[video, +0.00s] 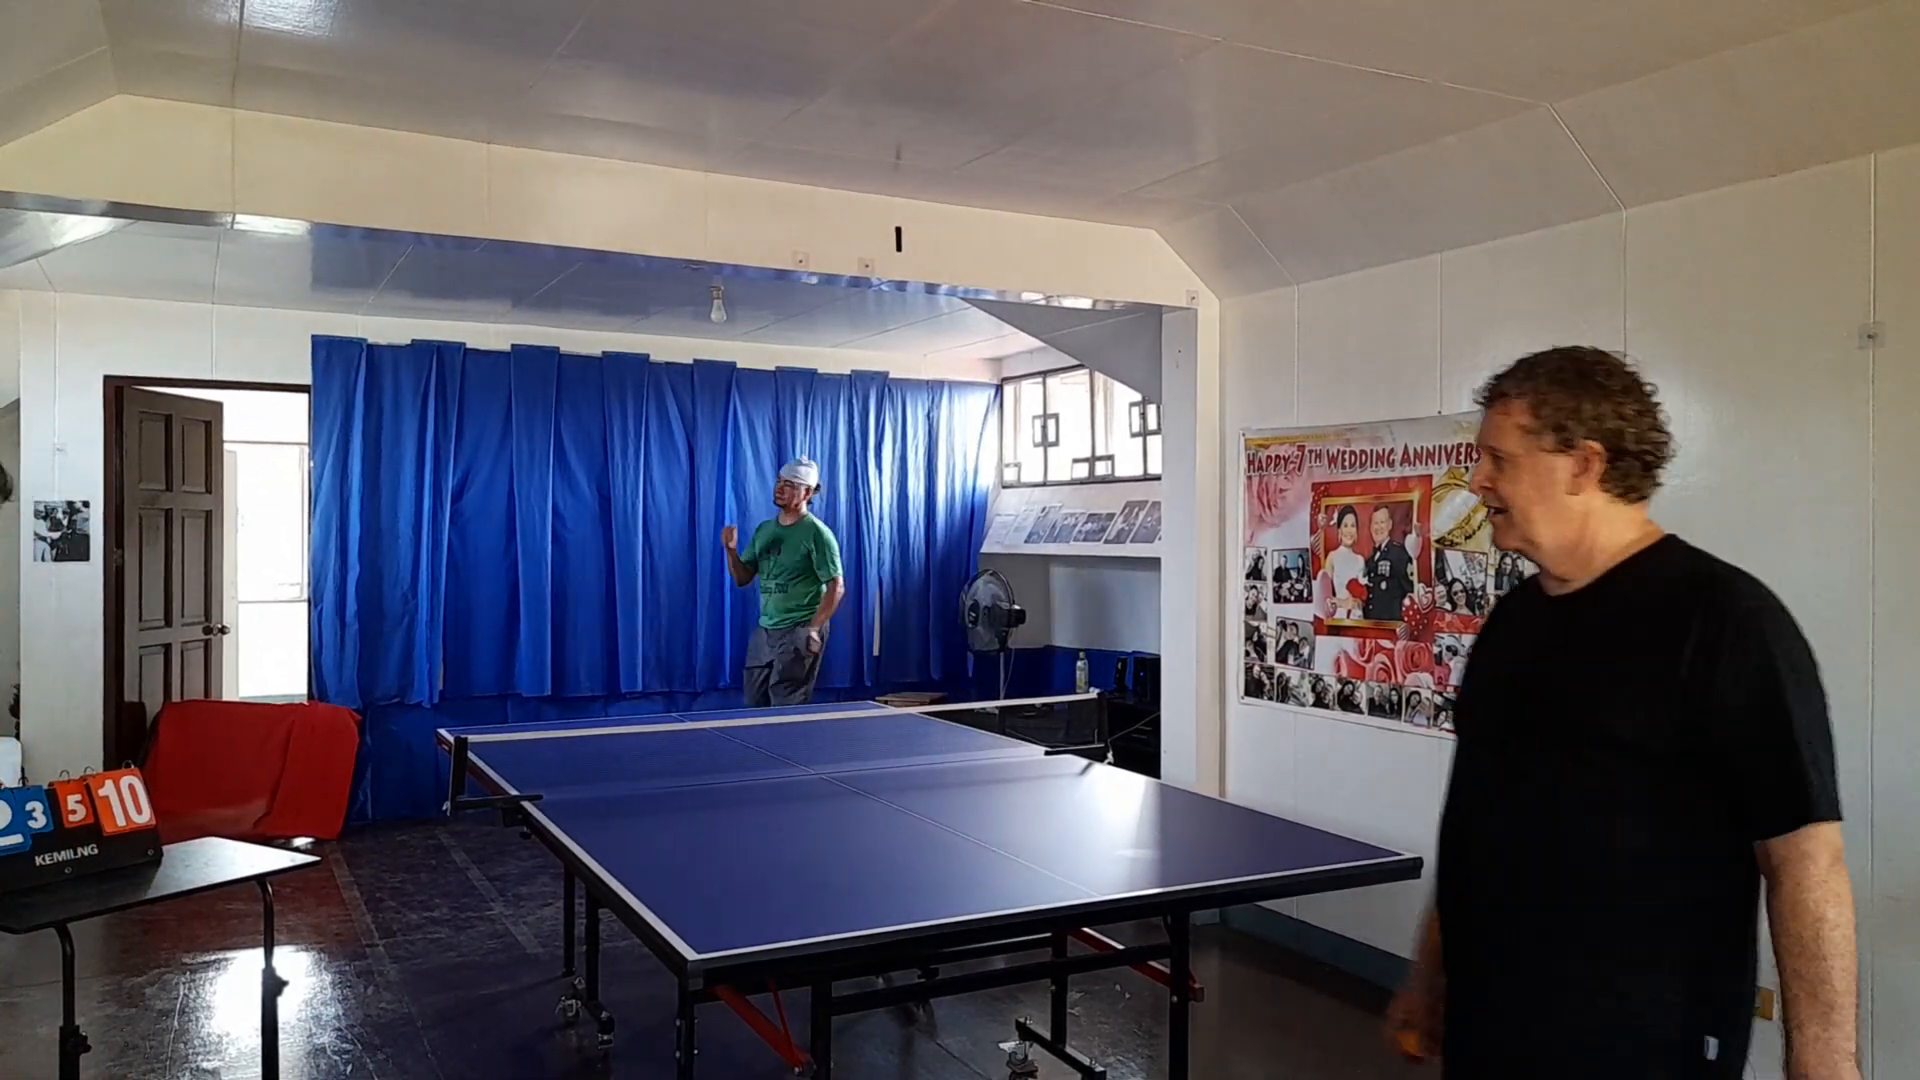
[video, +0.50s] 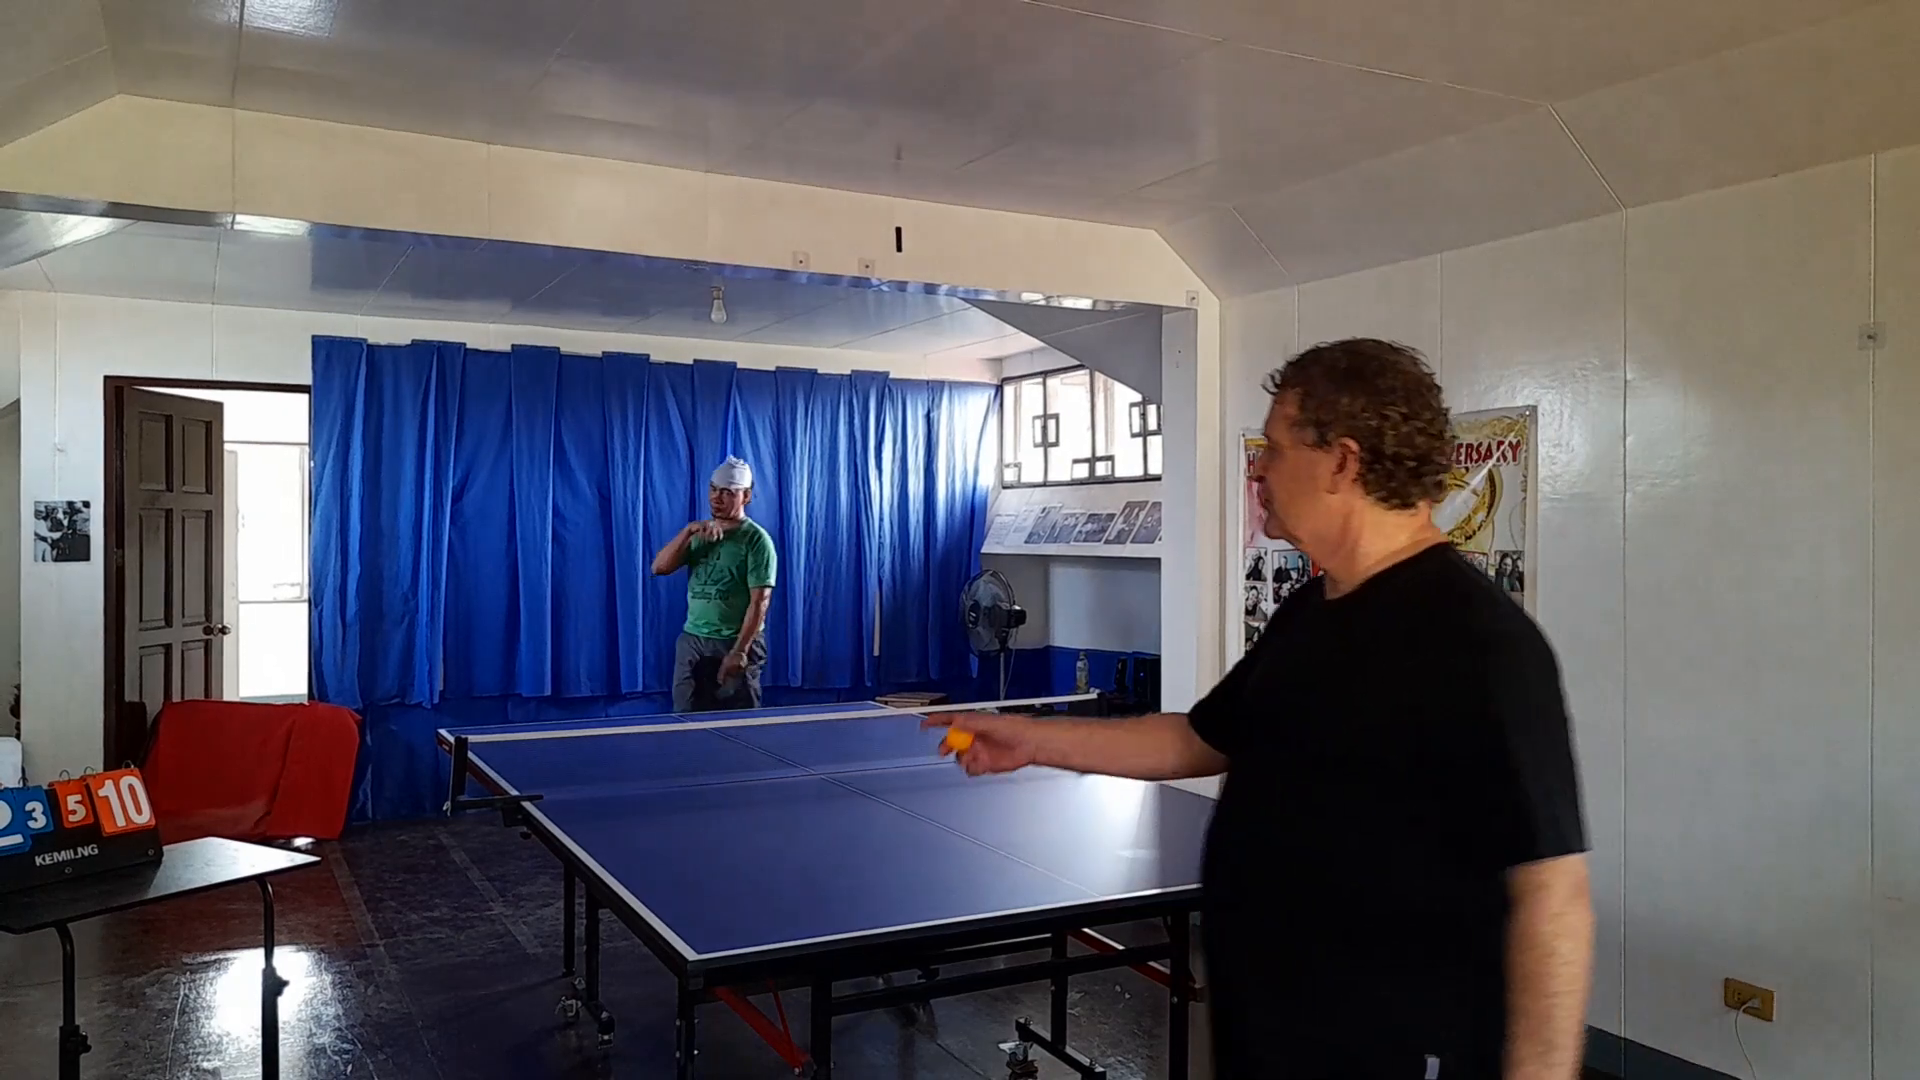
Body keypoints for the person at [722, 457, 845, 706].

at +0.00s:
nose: (780, 488)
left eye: (790, 485)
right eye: (779, 481)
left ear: (807, 494)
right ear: (775, 483)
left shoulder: (818, 534)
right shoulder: (765, 530)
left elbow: (836, 586)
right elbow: (742, 578)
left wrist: (814, 628)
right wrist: (730, 550)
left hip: (800, 633)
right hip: (765, 633)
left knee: (785, 706)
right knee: (754, 703)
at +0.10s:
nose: (770, 488)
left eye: (780, 485)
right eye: (769, 482)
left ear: (798, 492)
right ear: (765, 484)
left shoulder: (809, 532)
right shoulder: (753, 527)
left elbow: (821, 585)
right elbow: (723, 568)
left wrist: (789, 620)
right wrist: (727, 531)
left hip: (793, 635)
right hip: (755, 630)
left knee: (793, 714)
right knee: (738, 702)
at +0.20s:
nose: (761, 494)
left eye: (770, 489)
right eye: (758, 486)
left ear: (787, 495)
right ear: (753, 488)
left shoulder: (798, 535)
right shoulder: (744, 530)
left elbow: (805, 589)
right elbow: (707, 564)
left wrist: (763, 616)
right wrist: (725, 521)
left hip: (783, 638)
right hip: (743, 637)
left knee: (794, 719)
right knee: (729, 716)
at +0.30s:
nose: (748, 498)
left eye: (757, 492)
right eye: (746, 490)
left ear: (775, 496)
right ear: (740, 492)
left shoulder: (785, 537)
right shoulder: (730, 531)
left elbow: (788, 593)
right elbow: (693, 561)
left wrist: (742, 620)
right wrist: (717, 518)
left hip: (772, 644)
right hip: (729, 645)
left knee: (782, 725)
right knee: (721, 726)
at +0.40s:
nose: (733, 499)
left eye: (741, 494)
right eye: (729, 492)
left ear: (759, 497)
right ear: (724, 493)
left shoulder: (771, 539)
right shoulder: (715, 533)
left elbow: (772, 597)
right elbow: (678, 564)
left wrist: (732, 634)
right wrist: (704, 521)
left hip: (756, 646)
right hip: (712, 645)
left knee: (761, 727)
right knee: (704, 728)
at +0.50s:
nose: (718, 497)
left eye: (727, 492)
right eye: (714, 490)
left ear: (745, 496)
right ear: (708, 492)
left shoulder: (756, 540)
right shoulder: (697, 535)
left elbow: (760, 602)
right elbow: (659, 568)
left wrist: (740, 651)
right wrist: (688, 531)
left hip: (736, 647)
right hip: (693, 643)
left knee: (741, 725)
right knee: (686, 721)